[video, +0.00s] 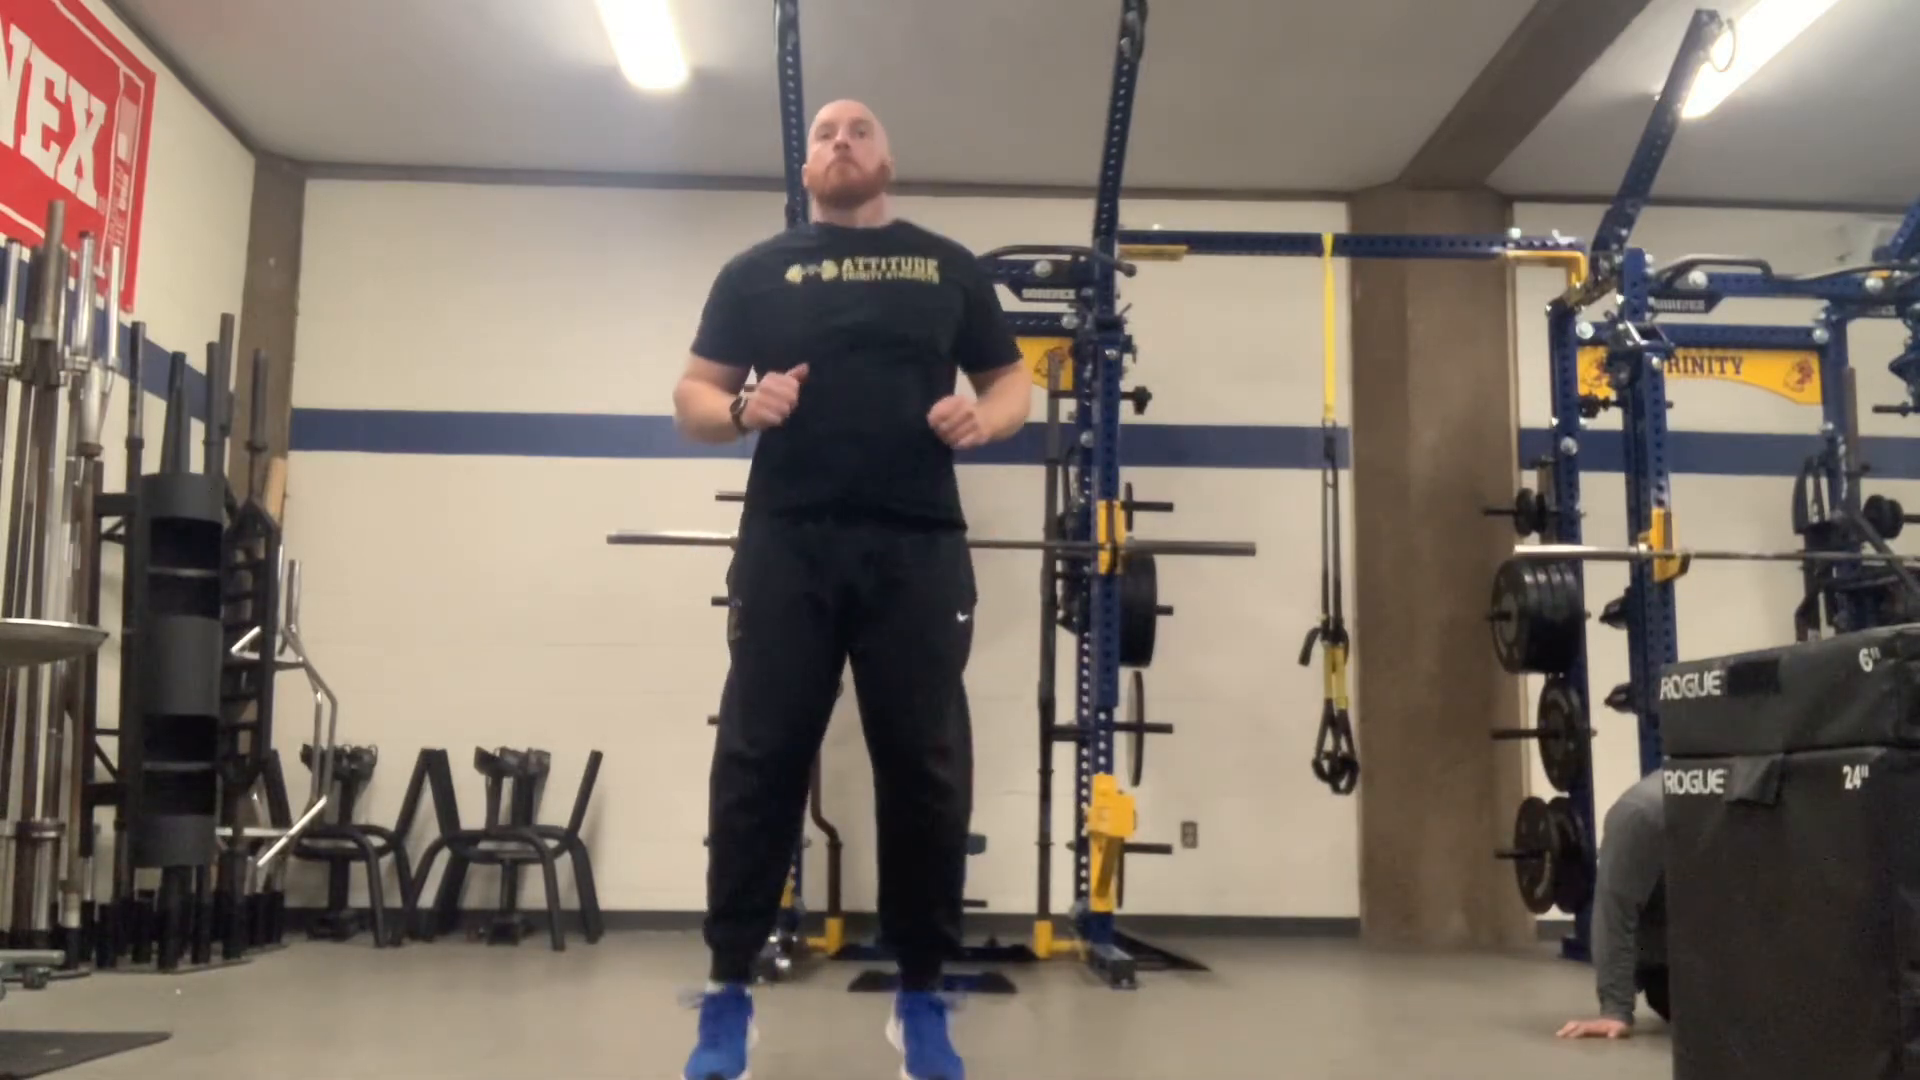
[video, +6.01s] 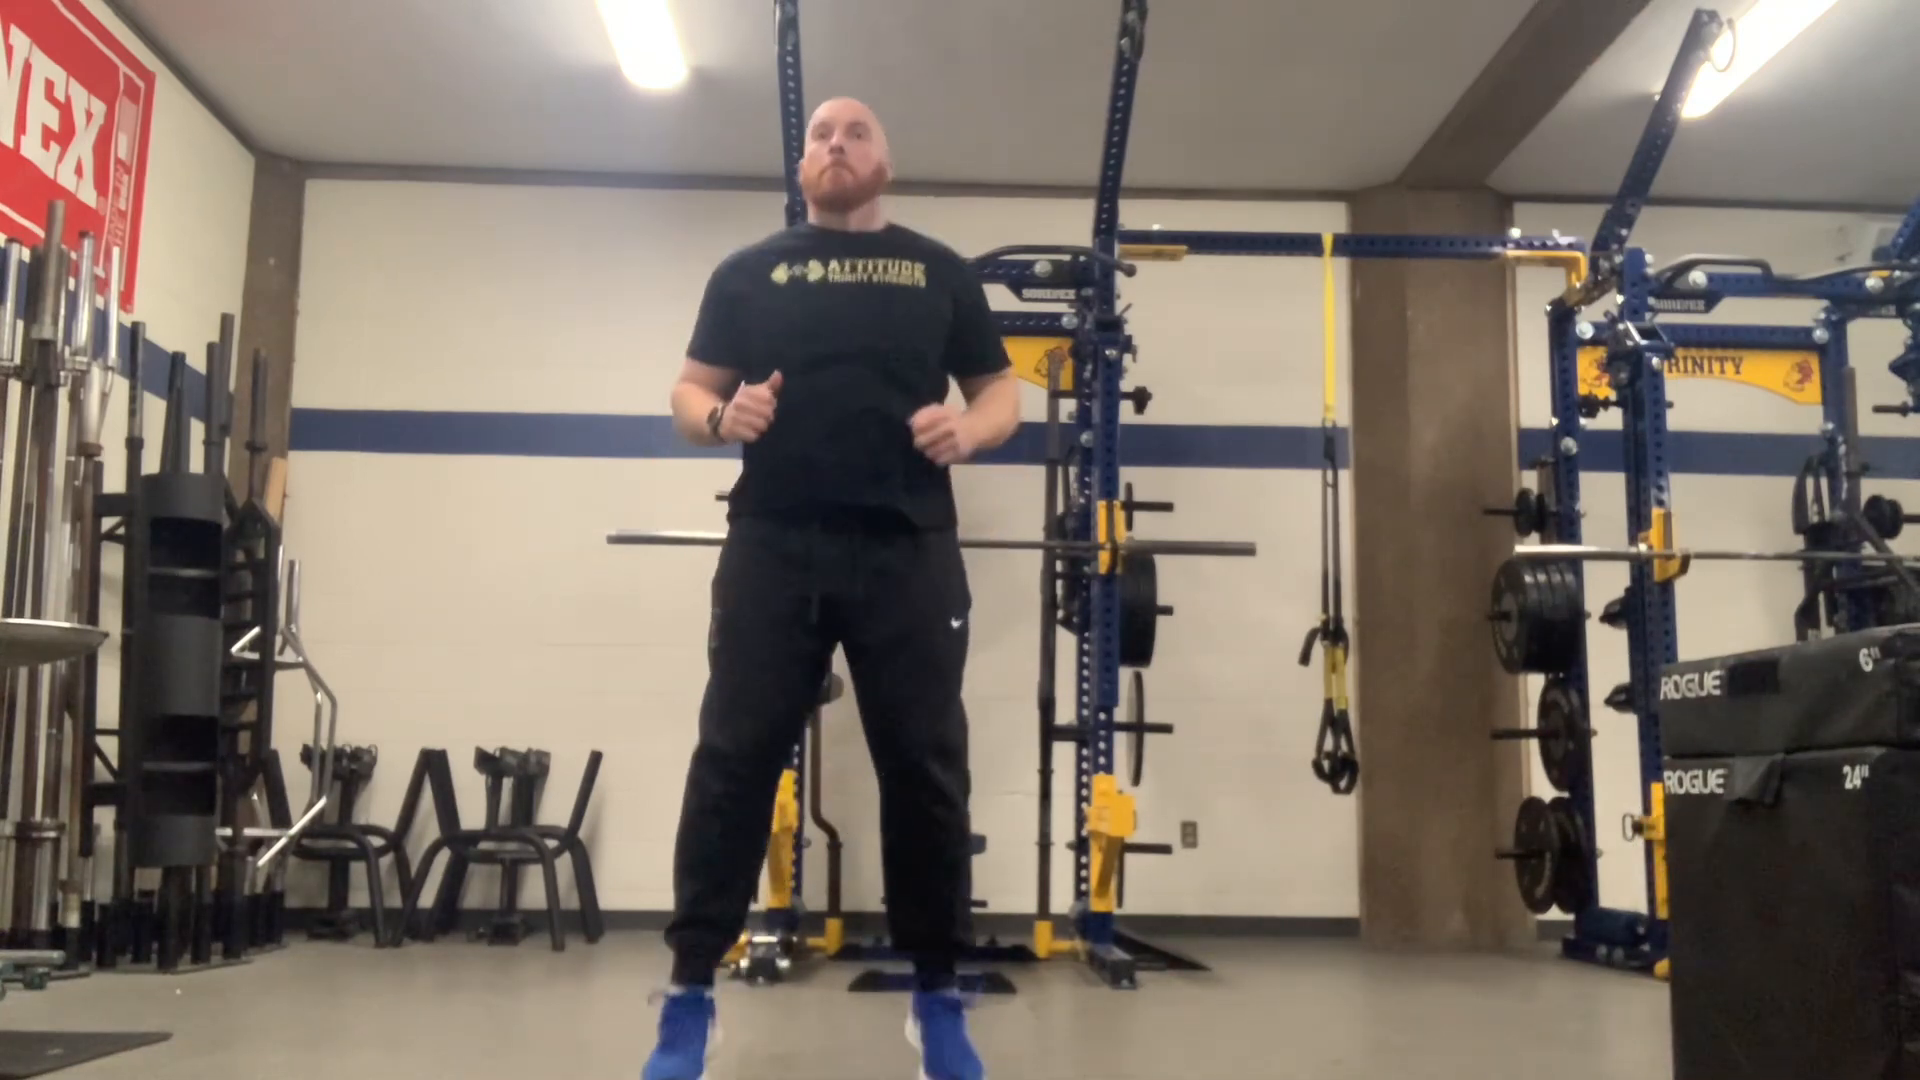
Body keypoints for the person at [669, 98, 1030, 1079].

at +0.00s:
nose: (844, 136)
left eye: (860, 127)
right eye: (826, 132)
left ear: (892, 161)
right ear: (802, 170)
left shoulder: (948, 267)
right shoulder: (753, 274)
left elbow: (1013, 384)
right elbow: (693, 403)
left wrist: (984, 416)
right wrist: (741, 407)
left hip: (916, 552)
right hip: (787, 551)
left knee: (925, 768)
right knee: (758, 759)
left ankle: (923, 997)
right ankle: (729, 987)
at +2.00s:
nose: (841, 134)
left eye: (861, 125)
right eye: (825, 126)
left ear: (893, 159)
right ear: (802, 159)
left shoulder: (941, 259)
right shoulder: (752, 256)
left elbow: (1002, 382)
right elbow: (697, 370)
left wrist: (955, 422)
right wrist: (732, 406)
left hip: (903, 551)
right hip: (775, 546)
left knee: (912, 777)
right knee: (742, 766)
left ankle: (919, 992)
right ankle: (708, 988)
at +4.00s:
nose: (836, 211)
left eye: (855, 202)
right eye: (819, 204)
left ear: (886, 237)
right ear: (796, 239)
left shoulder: (933, 346)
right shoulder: (748, 347)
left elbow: (984, 469)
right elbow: (697, 472)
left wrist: (964, 508)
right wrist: (728, 511)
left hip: (897, 632)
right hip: (774, 629)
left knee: (893, 837)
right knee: (749, 830)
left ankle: (894, 1016)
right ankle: (719, 1010)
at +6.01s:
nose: (835, 143)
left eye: (855, 133)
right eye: (820, 134)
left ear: (890, 164)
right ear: (798, 167)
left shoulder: (942, 274)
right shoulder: (747, 275)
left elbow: (1002, 401)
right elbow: (690, 400)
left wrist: (967, 428)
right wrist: (722, 417)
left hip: (906, 559)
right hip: (773, 555)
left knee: (927, 771)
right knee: (733, 763)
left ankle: (939, 1004)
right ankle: (688, 997)